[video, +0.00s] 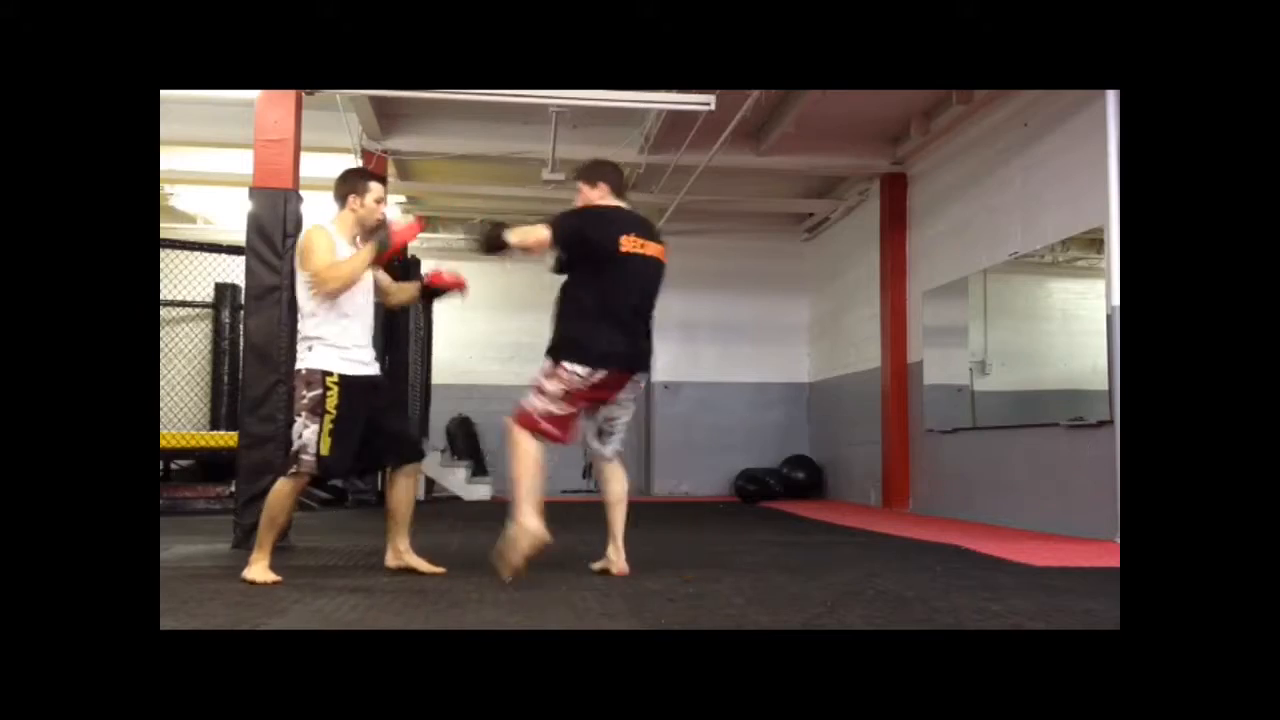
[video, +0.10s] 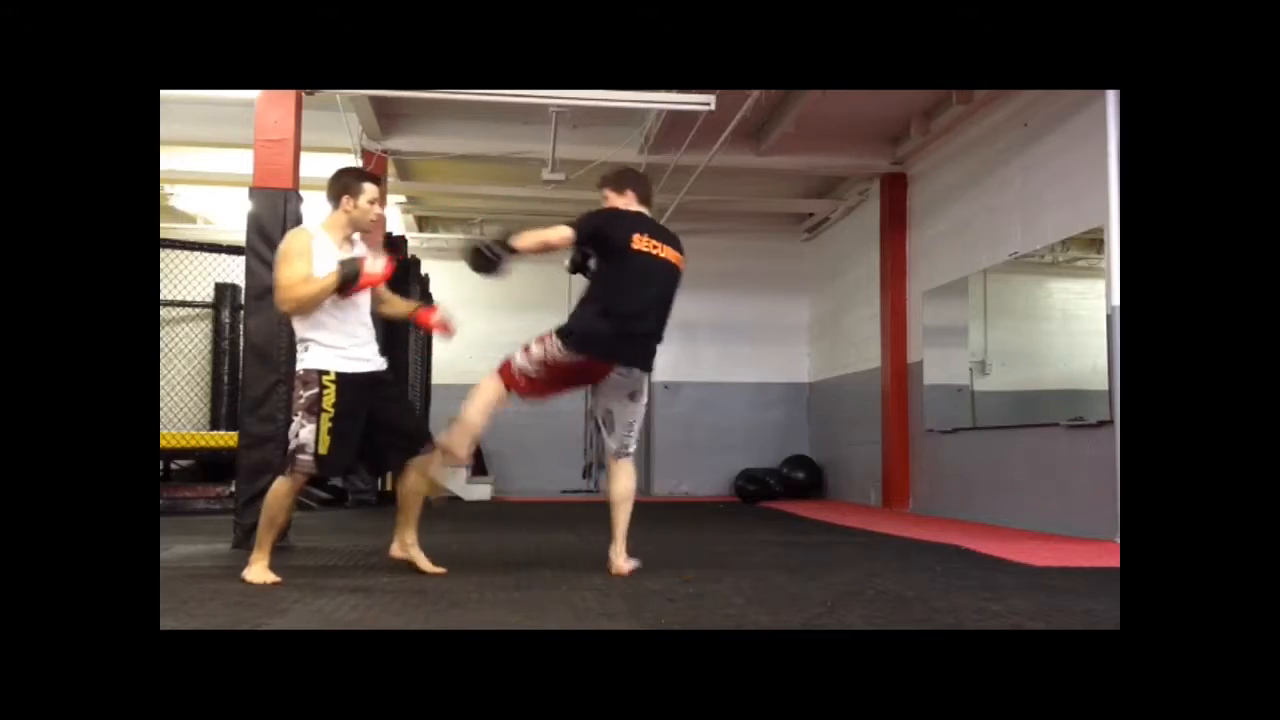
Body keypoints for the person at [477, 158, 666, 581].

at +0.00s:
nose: (578, 198)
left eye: (581, 191)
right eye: (579, 191)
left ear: (598, 188)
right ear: (619, 190)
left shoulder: (587, 219)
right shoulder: (652, 234)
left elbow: (535, 238)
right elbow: (620, 270)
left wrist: (500, 236)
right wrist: (572, 253)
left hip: (583, 352)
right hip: (632, 357)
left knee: (525, 426)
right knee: (607, 451)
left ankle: (527, 521)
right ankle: (616, 551)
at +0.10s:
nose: (603, 205)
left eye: (605, 198)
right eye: (604, 199)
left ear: (624, 194)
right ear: (643, 199)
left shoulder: (609, 220)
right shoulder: (673, 244)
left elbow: (549, 240)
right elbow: (641, 280)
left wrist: (504, 244)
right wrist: (596, 265)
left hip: (587, 339)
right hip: (635, 357)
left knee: (501, 379)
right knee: (621, 456)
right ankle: (619, 554)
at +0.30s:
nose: (625, 210)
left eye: (628, 202)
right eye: (625, 203)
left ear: (649, 200)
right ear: (664, 205)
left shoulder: (634, 225)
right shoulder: (693, 252)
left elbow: (616, 263)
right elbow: (663, 297)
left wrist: (567, 276)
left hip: (596, 345)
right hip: (644, 364)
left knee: (518, 385)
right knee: (642, 457)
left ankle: (460, 448)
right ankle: (622, 554)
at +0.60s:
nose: (613, 238)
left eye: (616, 230)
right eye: (614, 230)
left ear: (637, 228)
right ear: (654, 229)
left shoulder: (626, 259)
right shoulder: (692, 264)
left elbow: (558, 269)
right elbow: (725, 328)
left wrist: (508, 252)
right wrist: (681, 313)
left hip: (664, 383)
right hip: (710, 379)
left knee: (604, 463)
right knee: (728, 457)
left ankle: (609, 560)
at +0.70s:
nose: (642, 235)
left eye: (646, 228)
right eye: (642, 229)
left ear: (668, 224)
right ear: (683, 226)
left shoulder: (660, 252)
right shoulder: (722, 259)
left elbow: (621, 282)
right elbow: (742, 323)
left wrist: (584, 280)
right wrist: (741, 366)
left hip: (693, 379)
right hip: (739, 374)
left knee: (640, 457)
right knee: (763, 462)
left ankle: (613, 554)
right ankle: (828, 542)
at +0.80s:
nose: (674, 244)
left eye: (677, 234)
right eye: (673, 235)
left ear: (699, 230)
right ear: (708, 232)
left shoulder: (706, 262)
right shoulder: (752, 266)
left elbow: (705, 304)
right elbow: (765, 322)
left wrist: (662, 299)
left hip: (729, 382)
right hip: (770, 379)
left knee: (661, 449)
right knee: (786, 468)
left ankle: (682, 539)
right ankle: (839, 552)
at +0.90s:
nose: (692, 242)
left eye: (696, 233)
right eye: (691, 234)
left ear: (719, 231)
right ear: (725, 234)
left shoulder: (732, 259)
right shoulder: (757, 260)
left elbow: (762, 301)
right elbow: (761, 306)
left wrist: (716, 308)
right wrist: (719, 305)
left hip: (753, 382)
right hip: (788, 379)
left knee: (689, 451)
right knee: (788, 466)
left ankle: (732, 536)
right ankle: (841, 553)